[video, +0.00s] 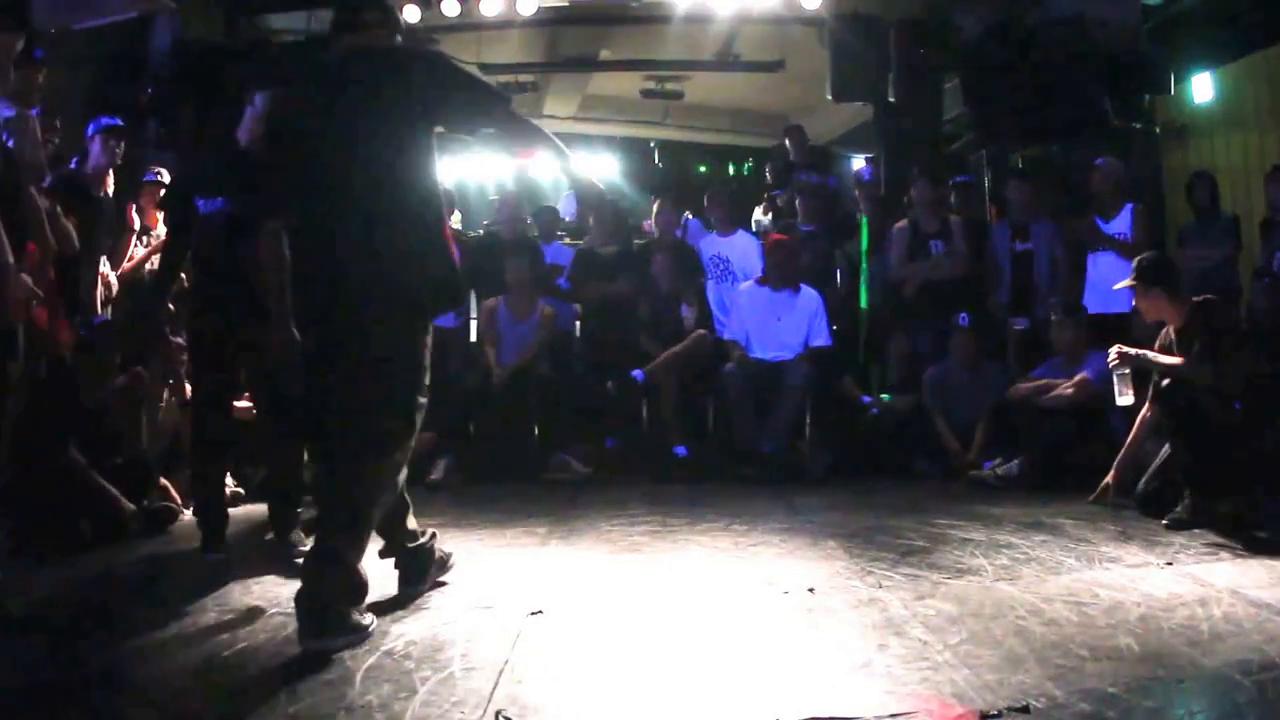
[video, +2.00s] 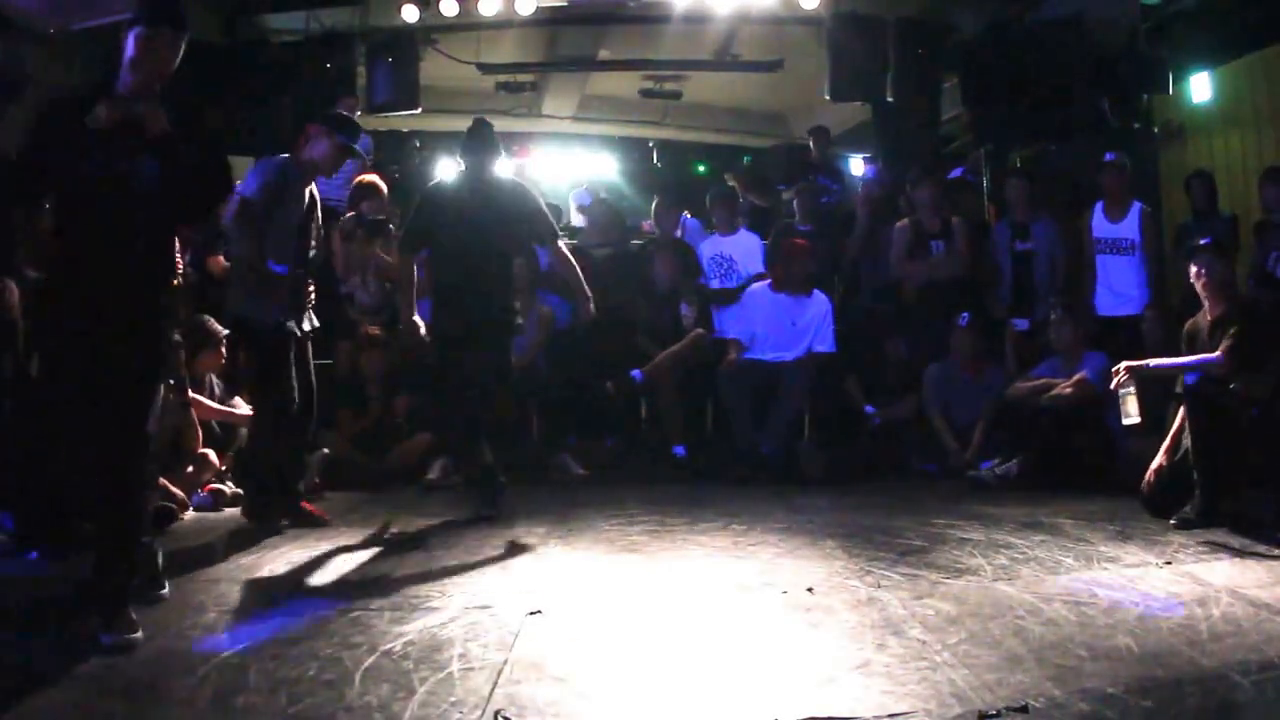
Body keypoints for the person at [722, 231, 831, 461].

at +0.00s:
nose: (780, 267)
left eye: (786, 260)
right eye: (775, 260)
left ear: (795, 262)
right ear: (767, 262)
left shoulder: (810, 297)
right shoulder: (745, 292)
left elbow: (820, 344)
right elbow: (733, 338)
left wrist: (799, 359)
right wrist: (739, 355)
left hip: (788, 360)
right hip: (755, 359)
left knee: (800, 374)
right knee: (732, 373)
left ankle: (776, 445)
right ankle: (746, 445)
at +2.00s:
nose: (806, 268)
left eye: (807, 261)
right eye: (798, 261)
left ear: (810, 265)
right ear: (778, 266)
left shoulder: (819, 302)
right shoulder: (755, 294)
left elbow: (823, 351)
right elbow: (737, 336)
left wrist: (802, 363)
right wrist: (733, 355)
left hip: (792, 363)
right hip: (755, 363)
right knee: (730, 375)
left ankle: (773, 451)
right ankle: (746, 449)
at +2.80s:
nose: (796, 269)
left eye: (800, 263)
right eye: (790, 262)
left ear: (805, 266)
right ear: (777, 264)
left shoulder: (816, 302)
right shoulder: (752, 292)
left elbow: (821, 351)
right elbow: (738, 339)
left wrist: (802, 360)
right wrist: (733, 357)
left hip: (790, 364)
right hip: (754, 363)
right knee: (730, 374)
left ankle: (778, 449)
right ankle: (747, 447)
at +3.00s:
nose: (794, 269)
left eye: (799, 263)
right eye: (788, 262)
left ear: (805, 266)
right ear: (776, 264)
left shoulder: (816, 301)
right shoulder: (753, 292)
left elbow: (821, 352)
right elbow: (740, 339)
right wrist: (733, 356)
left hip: (792, 361)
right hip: (756, 360)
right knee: (732, 376)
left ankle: (775, 450)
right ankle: (745, 448)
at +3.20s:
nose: (793, 268)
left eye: (796, 262)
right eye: (789, 260)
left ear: (802, 265)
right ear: (773, 262)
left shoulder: (805, 294)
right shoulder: (752, 292)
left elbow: (812, 339)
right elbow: (740, 338)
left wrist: (797, 305)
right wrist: (734, 355)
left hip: (791, 361)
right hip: (757, 360)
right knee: (731, 376)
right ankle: (744, 444)